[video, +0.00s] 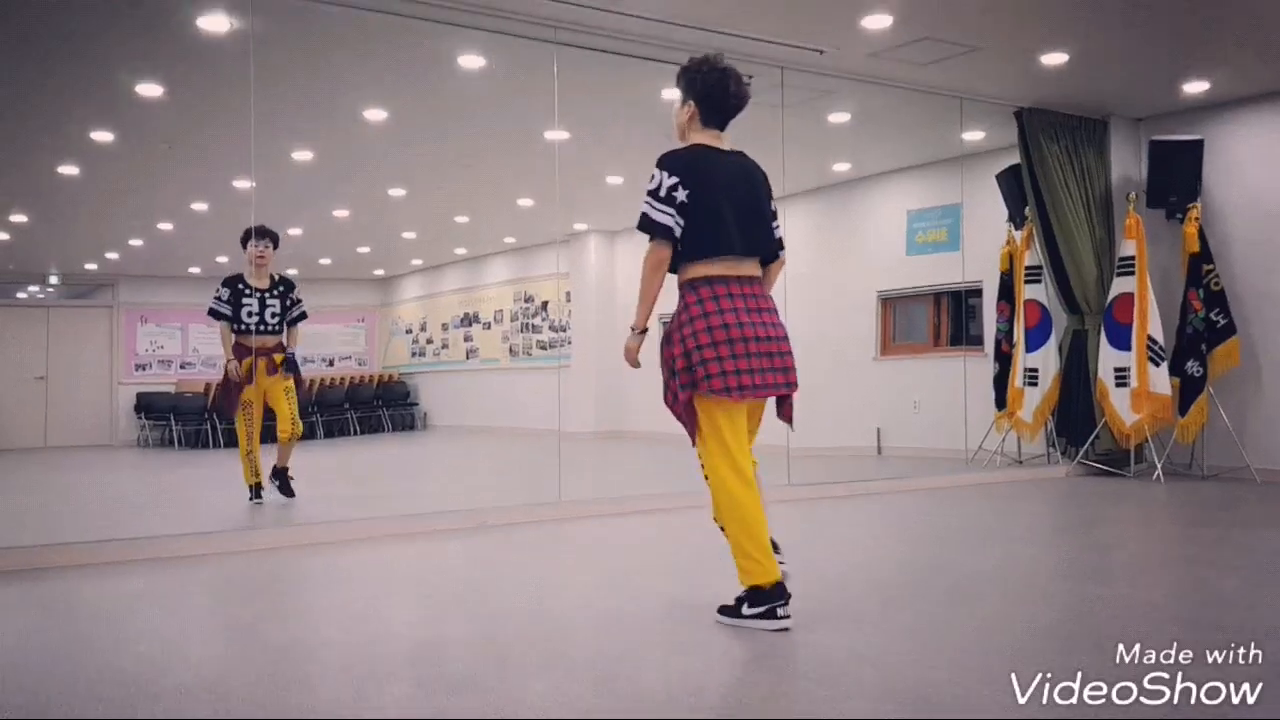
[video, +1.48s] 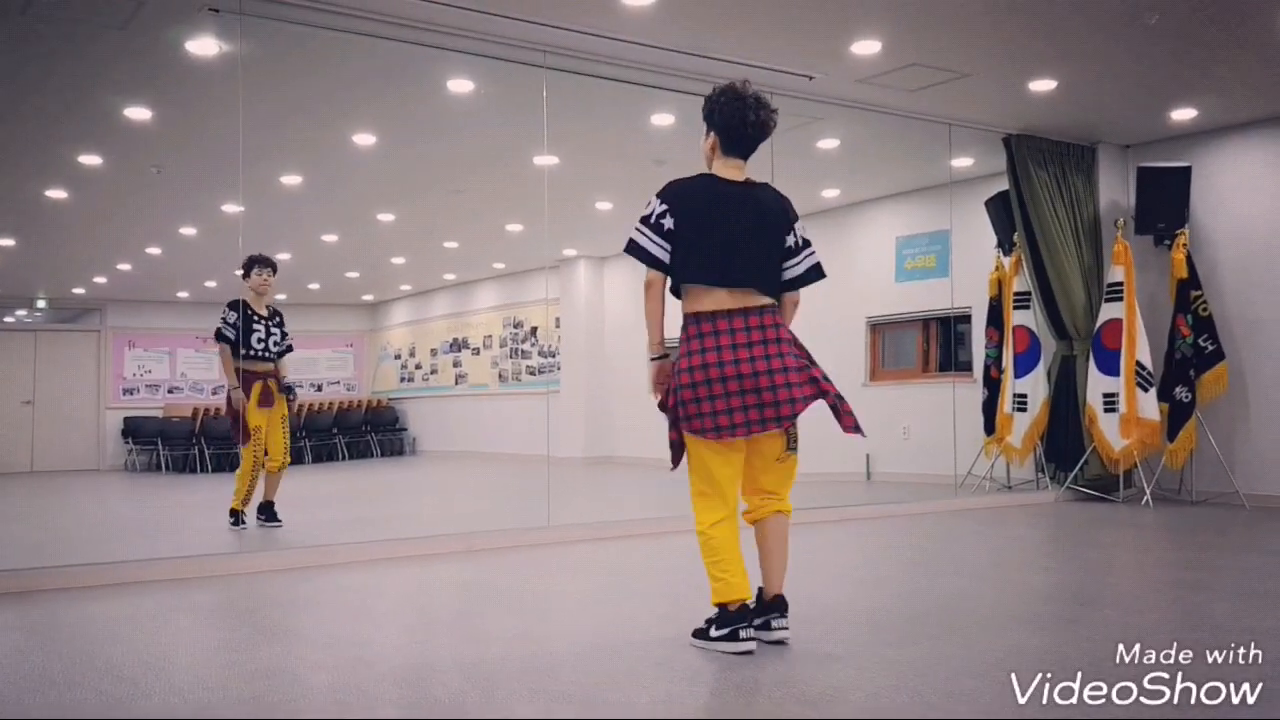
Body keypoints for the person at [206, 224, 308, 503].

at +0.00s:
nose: (261, 252)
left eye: (266, 247)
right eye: (255, 246)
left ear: (274, 252)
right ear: (246, 251)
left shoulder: (285, 286)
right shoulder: (231, 285)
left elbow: (293, 324)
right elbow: (224, 325)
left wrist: (290, 352)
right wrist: (229, 357)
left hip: (278, 361)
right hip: (245, 362)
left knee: (291, 428)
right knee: (248, 431)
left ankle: (280, 470)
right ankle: (254, 485)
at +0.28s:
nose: (264, 272)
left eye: (269, 267)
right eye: (258, 267)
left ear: (277, 272)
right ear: (248, 271)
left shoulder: (282, 306)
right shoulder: (235, 301)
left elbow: (289, 348)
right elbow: (222, 342)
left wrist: (293, 379)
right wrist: (226, 381)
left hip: (279, 378)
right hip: (248, 378)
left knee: (288, 448)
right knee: (253, 448)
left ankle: (275, 495)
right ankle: (254, 503)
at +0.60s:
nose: (271, 272)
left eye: (276, 269)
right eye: (266, 268)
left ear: (282, 276)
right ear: (254, 273)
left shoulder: (291, 312)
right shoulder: (239, 305)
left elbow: (294, 351)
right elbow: (222, 340)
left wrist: (287, 375)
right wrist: (233, 370)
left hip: (276, 385)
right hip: (243, 384)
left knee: (289, 446)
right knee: (244, 449)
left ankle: (290, 504)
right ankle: (250, 507)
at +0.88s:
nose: (272, 282)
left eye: (277, 279)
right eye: (266, 278)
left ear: (283, 286)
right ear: (255, 284)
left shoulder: (296, 317)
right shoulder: (243, 320)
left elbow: (314, 351)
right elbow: (236, 357)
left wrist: (302, 381)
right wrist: (250, 370)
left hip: (285, 395)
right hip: (250, 394)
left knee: (283, 457)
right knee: (240, 456)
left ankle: (276, 506)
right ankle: (250, 506)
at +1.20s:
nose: (273, 277)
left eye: (278, 273)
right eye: (267, 272)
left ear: (283, 279)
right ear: (255, 279)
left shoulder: (290, 313)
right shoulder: (242, 311)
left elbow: (299, 353)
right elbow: (237, 353)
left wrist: (300, 381)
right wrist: (248, 389)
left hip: (288, 385)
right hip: (256, 385)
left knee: (283, 450)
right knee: (247, 449)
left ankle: (271, 506)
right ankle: (244, 502)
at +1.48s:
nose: (265, 279)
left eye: (269, 274)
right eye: (258, 274)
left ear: (275, 280)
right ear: (247, 279)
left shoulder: (276, 315)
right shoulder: (236, 308)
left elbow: (280, 357)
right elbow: (223, 347)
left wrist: (286, 385)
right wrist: (233, 386)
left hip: (274, 383)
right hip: (248, 382)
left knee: (280, 454)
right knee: (254, 454)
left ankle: (267, 505)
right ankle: (238, 508)